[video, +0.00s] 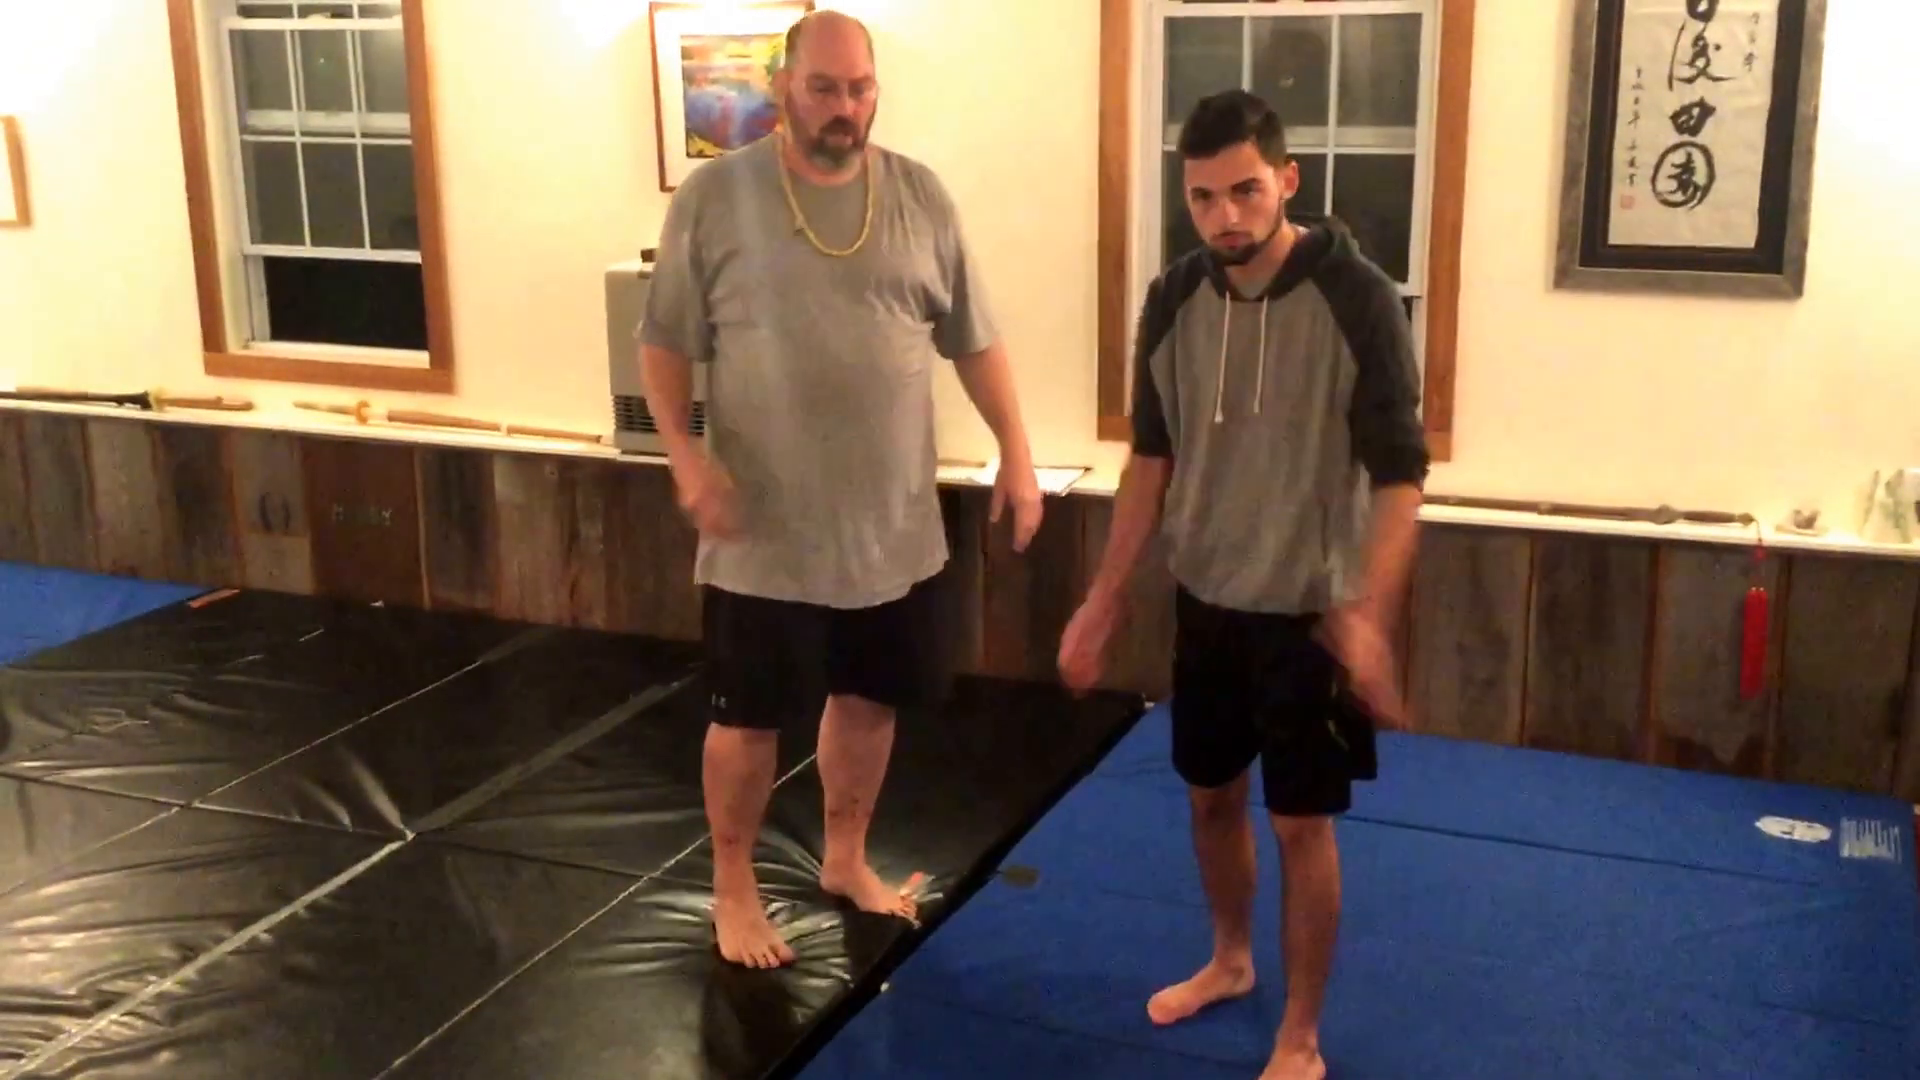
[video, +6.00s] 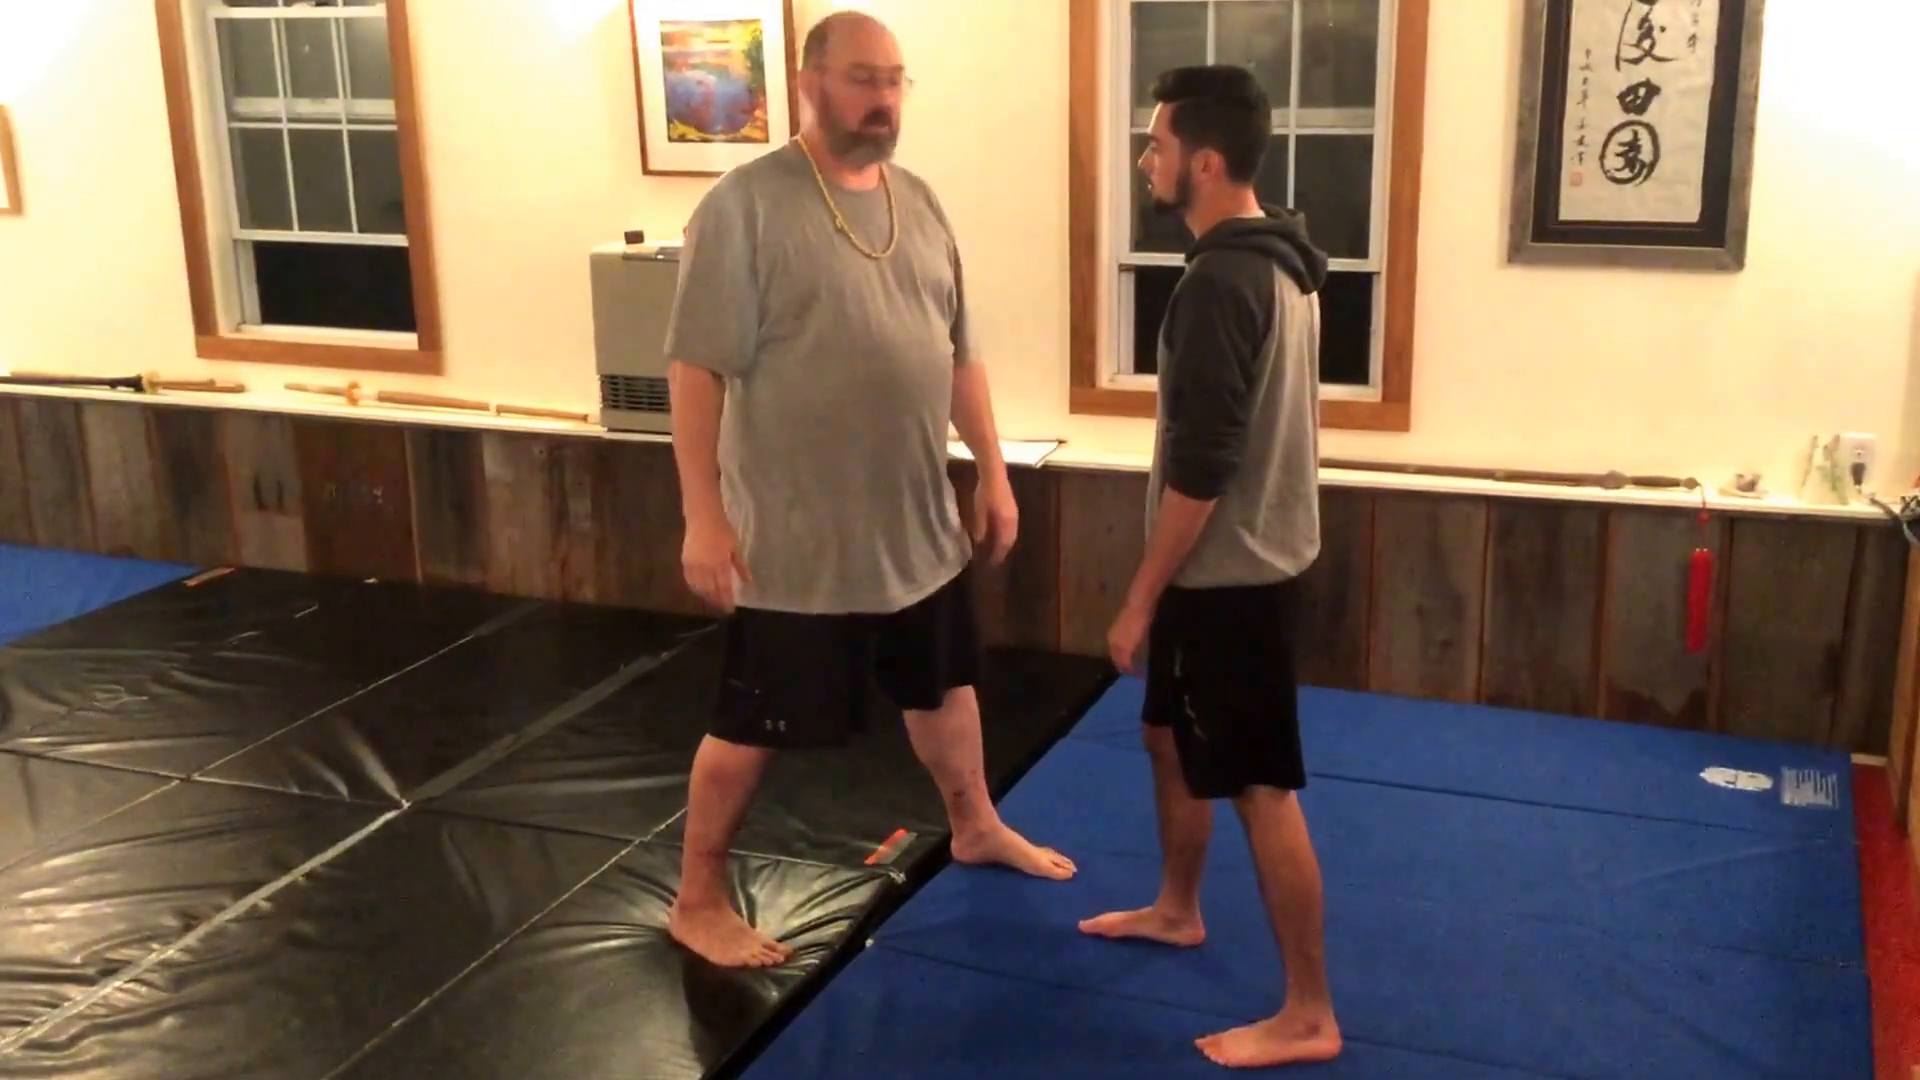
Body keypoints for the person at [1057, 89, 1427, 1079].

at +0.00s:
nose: (1225, 217)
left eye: (1243, 192)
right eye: (1204, 197)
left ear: (1287, 179)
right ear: (1184, 196)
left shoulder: (1356, 299)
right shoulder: (1176, 295)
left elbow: (1400, 472)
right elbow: (1149, 458)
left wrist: (1370, 609)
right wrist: (1104, 599)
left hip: (1311, 609)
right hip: (1207, 599)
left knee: (1300, 822)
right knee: (1214, 796)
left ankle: (1299, 1035)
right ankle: (1230, 962)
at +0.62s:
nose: (1159, 190)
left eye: (1168, 174)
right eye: (1161, 172)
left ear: (1220, 182)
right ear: (1230, 179)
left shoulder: (1309, 302)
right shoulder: (1224, 278)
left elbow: (1310, 519)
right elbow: (1220, 454)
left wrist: (1258, 685)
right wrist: (1179, 562)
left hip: (1303, 611)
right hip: (1219, 591)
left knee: (1296, 824)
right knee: (1180, 757)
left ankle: (1297, 1033)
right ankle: (1209, 945)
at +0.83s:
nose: (1157, 176)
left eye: (1167, 158)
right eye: (1160, 157)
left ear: (1212, 168)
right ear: (1232, 167)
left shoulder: (1277, 289)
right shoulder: (1242, 273)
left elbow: (1246, 492)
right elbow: (1237, 462)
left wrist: (1134, 627)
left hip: (1268, 596)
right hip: (1213, 587)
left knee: (1267, 819)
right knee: (1192, 767)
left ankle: (1290, 1033)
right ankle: (1205, 951)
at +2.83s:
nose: (1151, 174)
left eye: (1158, 154)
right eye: (1152, 155)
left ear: (1205, 158)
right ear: (1232, 158)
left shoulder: (1237, 282)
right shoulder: (1290, 256)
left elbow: (1216, 468)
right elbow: (1274, 434)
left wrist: (1158, 588)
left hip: (1255, 569)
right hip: (1250, 557)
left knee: (1256, 792)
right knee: (1181, 741)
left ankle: (1313, 1025)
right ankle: (1183, 915)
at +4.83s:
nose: (1143, 157)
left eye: (1154, 140)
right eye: (1146, 138)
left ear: (1202, 154)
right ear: (1225, 154)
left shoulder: (1221, 277)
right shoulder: (1273, 255)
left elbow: (1205, 469)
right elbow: (1264, 434)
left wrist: (1144, 597)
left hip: (1239, 568)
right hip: (1232, 556)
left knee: (1266, 786)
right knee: (1172, 734)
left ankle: (1308, 1013)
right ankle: (1177, 907)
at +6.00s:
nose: (1146, 157)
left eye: (1158, 141)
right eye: (1150, 139)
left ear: (1205, 157)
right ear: (1230, 158)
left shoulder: (1221, 280)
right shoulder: (1276, 255)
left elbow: (1200, 472)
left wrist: (1139, 599)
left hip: (1235, 569)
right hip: (1229, 555)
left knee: (1262, 787)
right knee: (1169, 734)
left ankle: (1309, 1013)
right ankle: (1177, 906)